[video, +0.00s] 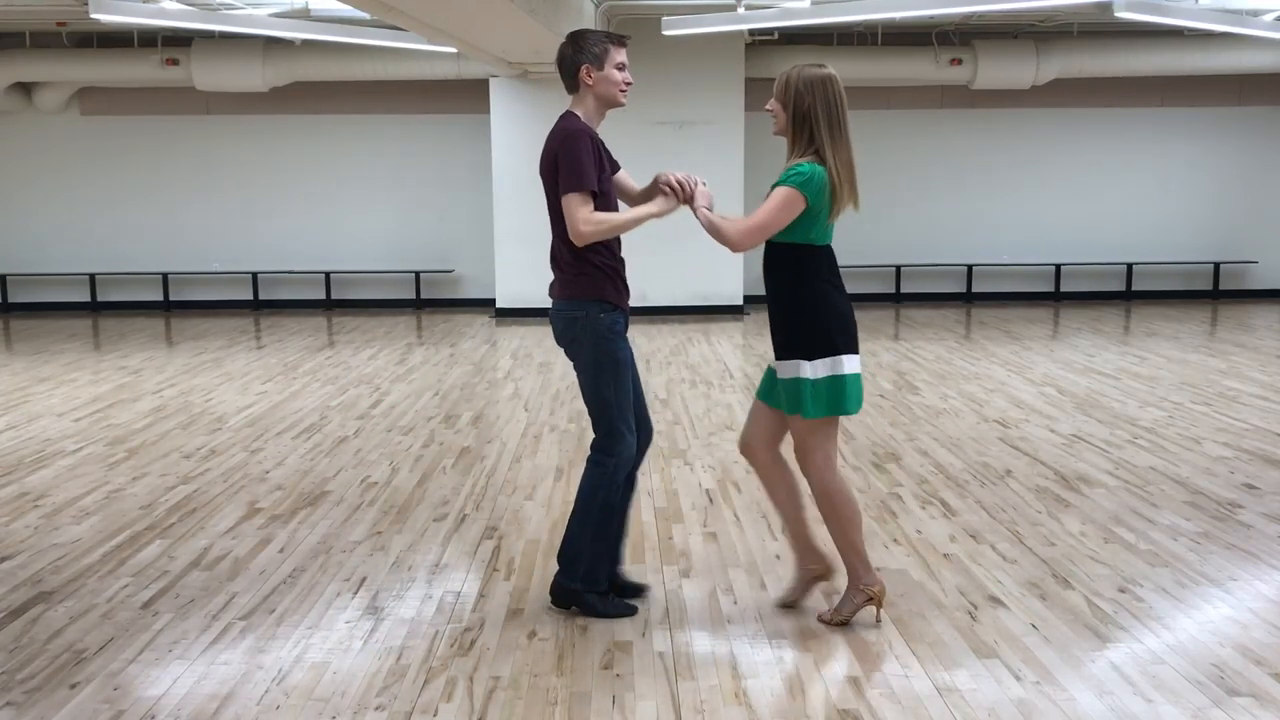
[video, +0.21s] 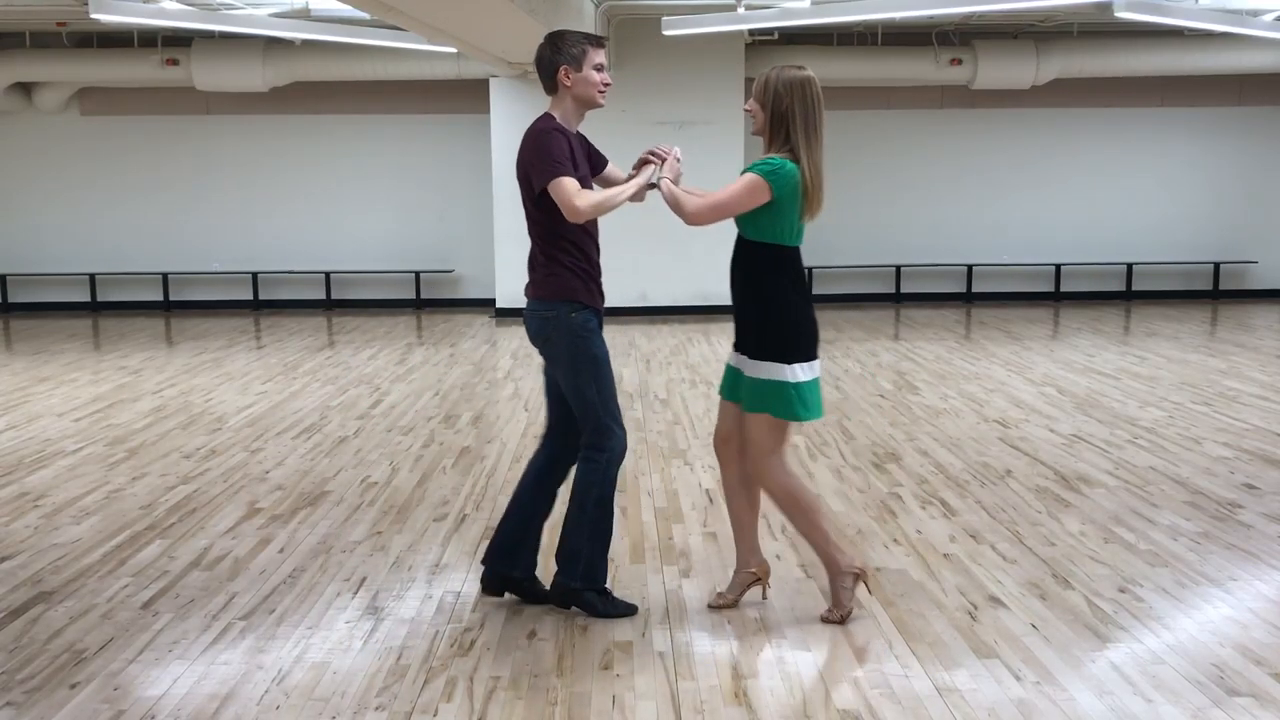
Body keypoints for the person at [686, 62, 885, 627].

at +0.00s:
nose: (768, 107)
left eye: (777, 99)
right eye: (771, 98)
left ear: (801, 110)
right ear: (808, 109)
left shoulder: (810, 175)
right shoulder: (801, 172)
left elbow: (741, 237)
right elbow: (747, 233)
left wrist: (703, 210)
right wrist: (705, 212)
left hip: (820, 340)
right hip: (801, 339)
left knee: (817, 459)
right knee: (758, 445)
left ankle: (863, 579)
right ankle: (810, 559)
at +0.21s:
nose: (746, 107)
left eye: (754, 99)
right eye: (749, 98)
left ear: (778, 109)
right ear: (782, 109)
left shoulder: (780, 173)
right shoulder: (773, 167)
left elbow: (697, 213)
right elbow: (713, 205)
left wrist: (664, 183)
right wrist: (673, 181)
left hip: (778, 333)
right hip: (756, 328)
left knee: (764, 460)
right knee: (728, 444)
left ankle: (841, 566)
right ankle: (749, 562)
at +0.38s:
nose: (728, 107)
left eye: (737, 101)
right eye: (733, 99)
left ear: (757, 112)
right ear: (772, 114)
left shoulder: (757, 172)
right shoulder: (761, 170)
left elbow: (672, 197)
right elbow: (683, 197)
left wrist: (641, 160)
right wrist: (647, 162)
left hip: (746, 340)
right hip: (753, 335)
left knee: (688, 451)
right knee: (723, 453)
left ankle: (755, 554)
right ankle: (748, 571)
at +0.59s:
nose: (711, 110)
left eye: (719, 103)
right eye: (714, 102)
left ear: (739, 113)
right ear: (749, 118)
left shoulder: (742, 170)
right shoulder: (731, 173)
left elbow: (665, 141)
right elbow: (655, 164)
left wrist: (635, 90)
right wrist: (621, 105)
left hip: (720, 330)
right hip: (729, 328)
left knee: (668, 445)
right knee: (689, 451)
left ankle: (693, 569)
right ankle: (742, 560)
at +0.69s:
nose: (700, 115)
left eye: (709, 109)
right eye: (704, 107)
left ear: (733, 119)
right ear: (737, 122)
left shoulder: (737, 169)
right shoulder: (719, 171)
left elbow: (674, 115)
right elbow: (653, 134)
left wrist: (645, 52)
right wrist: (625, 66)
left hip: (716, 330)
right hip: (704, 327)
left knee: (670, 451)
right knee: (661, 448)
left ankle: (696, 571)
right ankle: (725, 548)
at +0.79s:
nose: (703, 113)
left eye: (709, 104)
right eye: (704, 104)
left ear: (733, 115)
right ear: (739, 119)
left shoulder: (736, 167)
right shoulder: (714, 167)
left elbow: (691, 95)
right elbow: (669, 106)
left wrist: (661, 23)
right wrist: (636, 30)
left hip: (715, 334)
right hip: (698, 329)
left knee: (667, 454)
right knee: (656, 449)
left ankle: (698, 570)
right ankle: (712, 548)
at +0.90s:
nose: (709, 111)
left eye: (716, 102)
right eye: (711, 102)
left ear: (738, 113)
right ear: (733, 117)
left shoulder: (741, 162)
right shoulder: (714, 163)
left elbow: (708, 89)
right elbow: (681, 99)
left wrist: (677, 18)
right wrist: (654, 29)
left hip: (718, 330)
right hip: (702, 326)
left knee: (662, 449)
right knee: (668, 446)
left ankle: (695, 568)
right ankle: (715, 549)